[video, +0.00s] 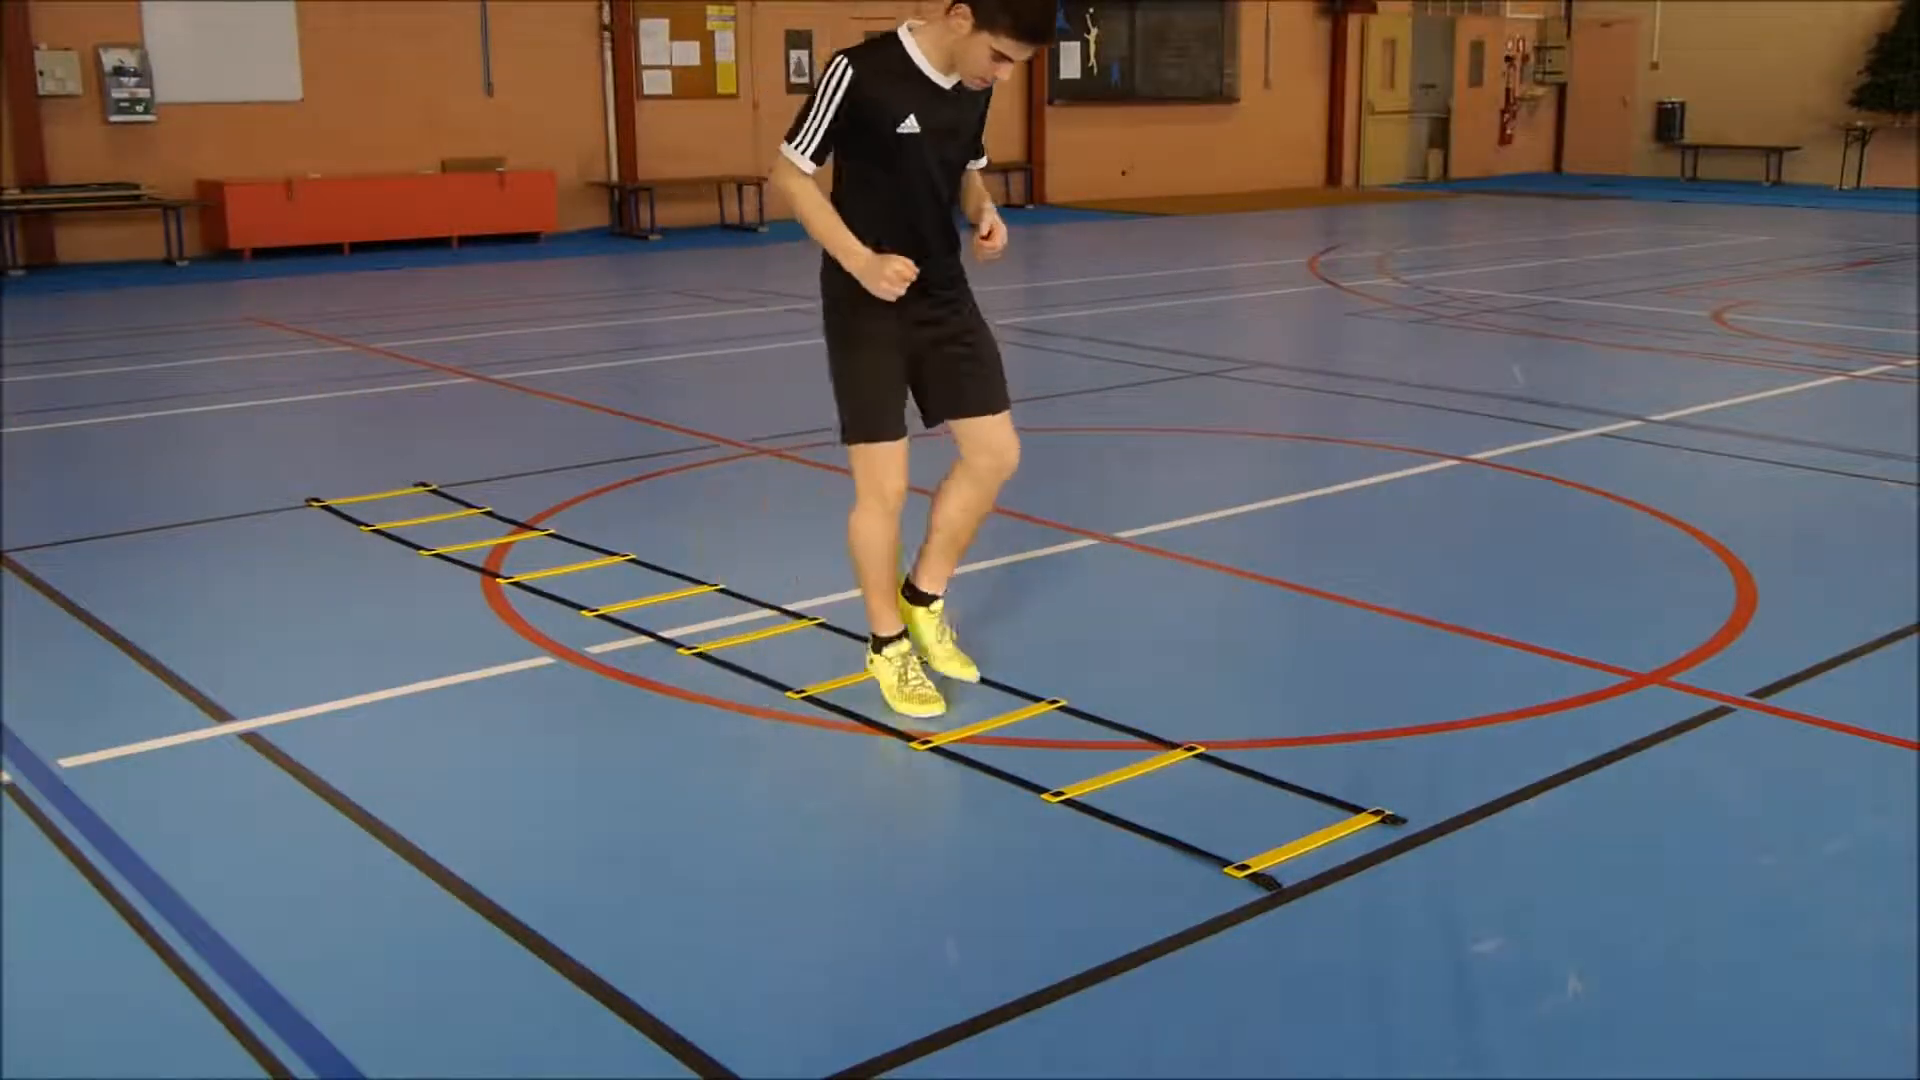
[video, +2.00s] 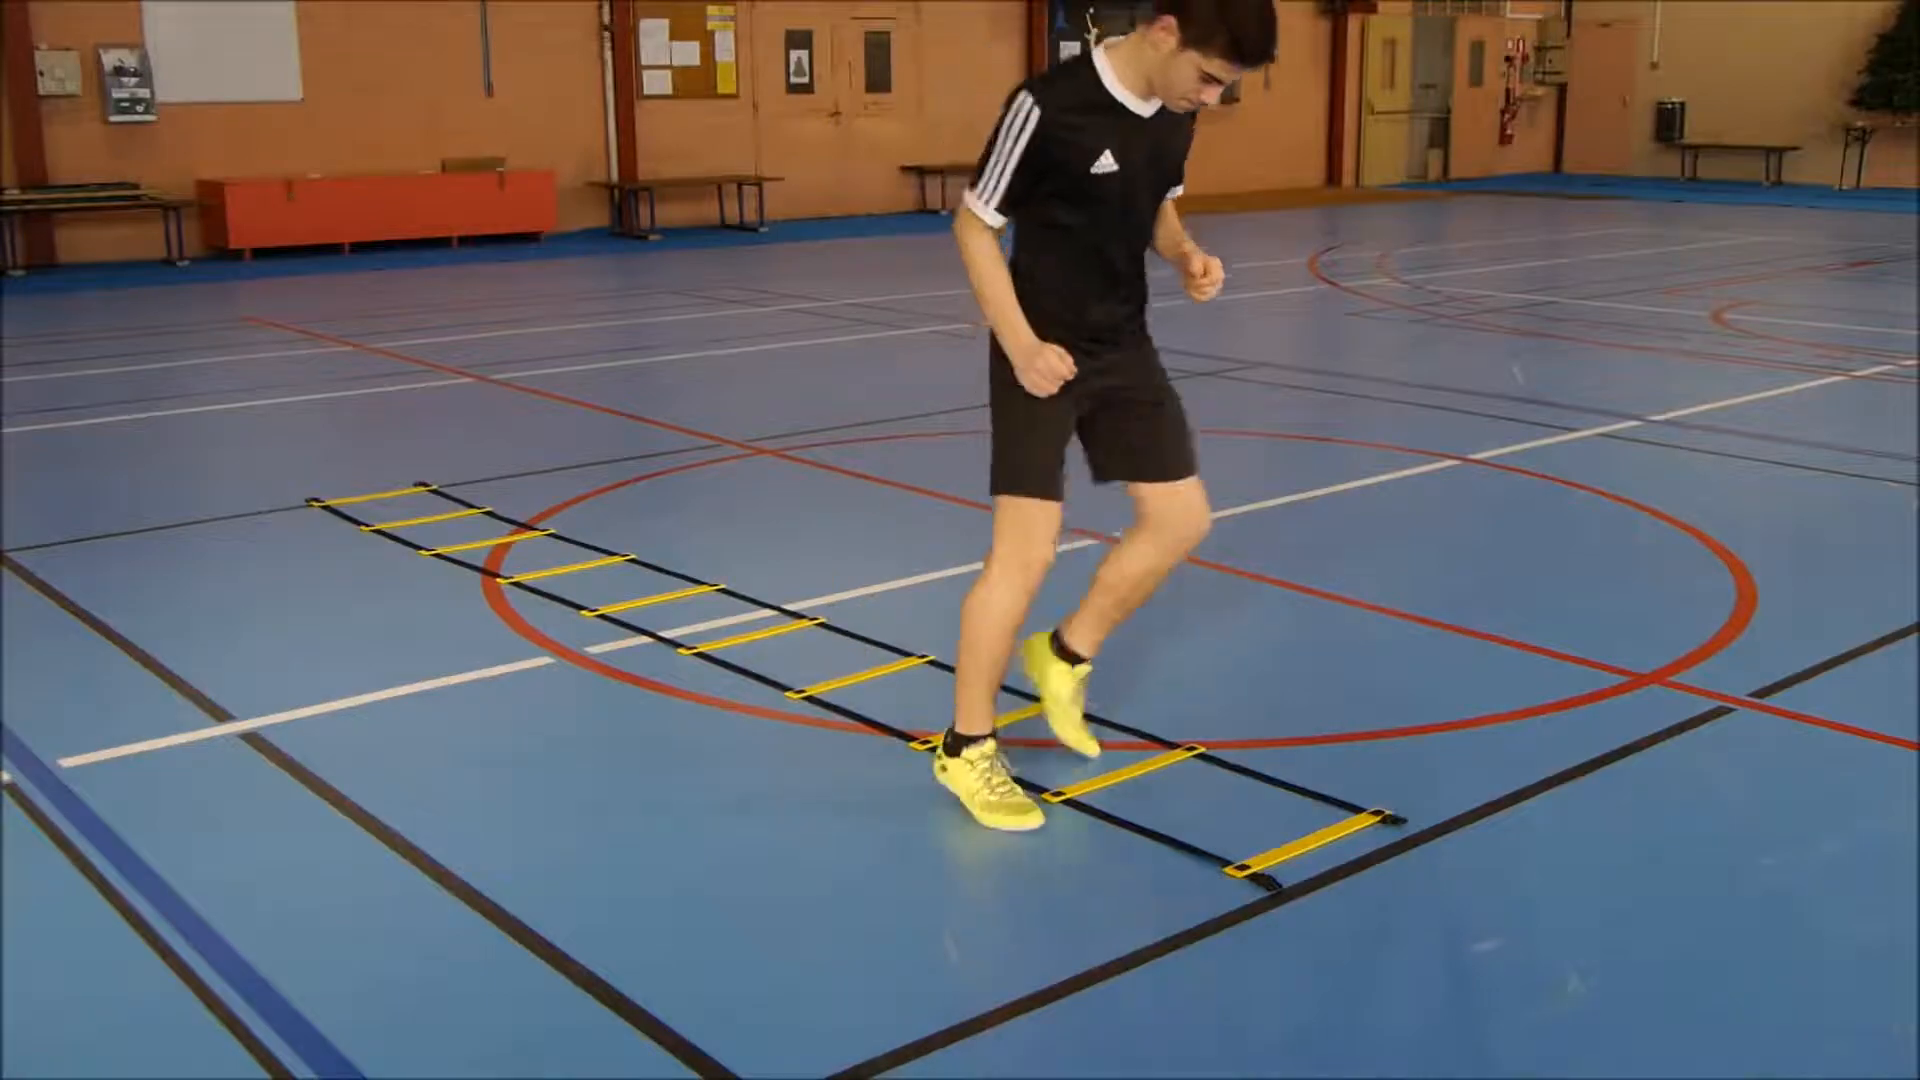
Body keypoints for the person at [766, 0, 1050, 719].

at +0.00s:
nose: (1002, 74)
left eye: (1014, 64)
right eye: (998, 56)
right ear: (957, 16)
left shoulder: (974, 83)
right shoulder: (854, 70)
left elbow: (965, 167)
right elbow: (790, 176)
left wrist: (984, 213)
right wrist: (859, 260)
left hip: (943, 294)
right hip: (865, 300)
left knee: (994, 452)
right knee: (882, 485)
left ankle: (919, 600)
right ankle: (887, 644)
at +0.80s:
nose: (1066, 85)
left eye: (1078, 72)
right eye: (1059, 66)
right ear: (1013, 25)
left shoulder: (1036, 97)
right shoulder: (921, 91)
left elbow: (1021, 191)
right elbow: (856, 214)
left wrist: (1043, 239)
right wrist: (931, 312)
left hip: (999, 313)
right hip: (914, 321)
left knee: (1089, 465)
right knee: (890, 513)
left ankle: (1033, 619)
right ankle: (837, 687)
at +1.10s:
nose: (1095, 85)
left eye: (1107, 72)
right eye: (1089, 65)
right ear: (1044, 25)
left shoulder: (1083, 95)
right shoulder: (940, 89)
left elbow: (1075, 183)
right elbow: (886, 204)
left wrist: (1084, 236)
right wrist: (936, 298)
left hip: (1047, 319)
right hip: (958, 323)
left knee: (1085, 492)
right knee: (967, 511)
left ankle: (1063, 648)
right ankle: (936, 664)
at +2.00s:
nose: (1213, 98)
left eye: (1227, 86)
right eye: (1208, 77)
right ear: (1161, 32)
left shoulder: (1179, 108)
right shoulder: (1045, 103)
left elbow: (1160, 205)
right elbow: (974, 223)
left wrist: (1186, 252)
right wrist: (1021, 342)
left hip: (1120, 343)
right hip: (1034, 345)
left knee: (1180, 518)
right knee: (1023, 550)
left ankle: (1065, 654)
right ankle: (966, 744)